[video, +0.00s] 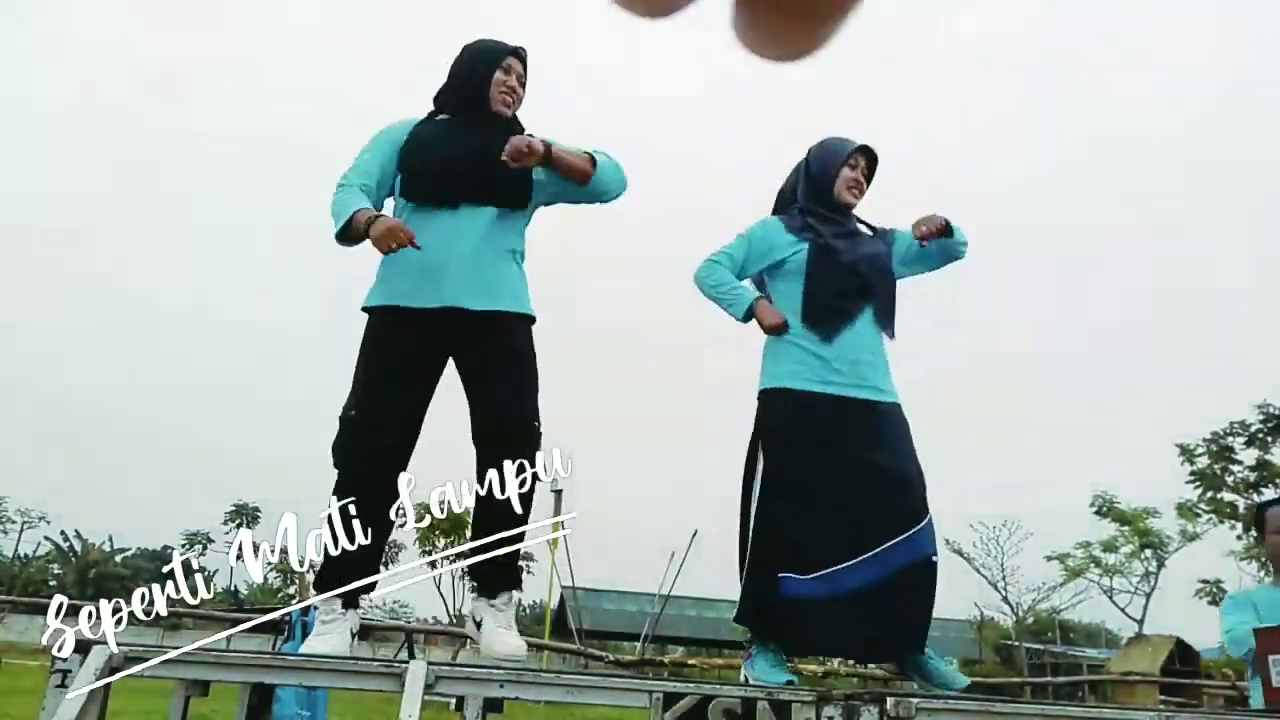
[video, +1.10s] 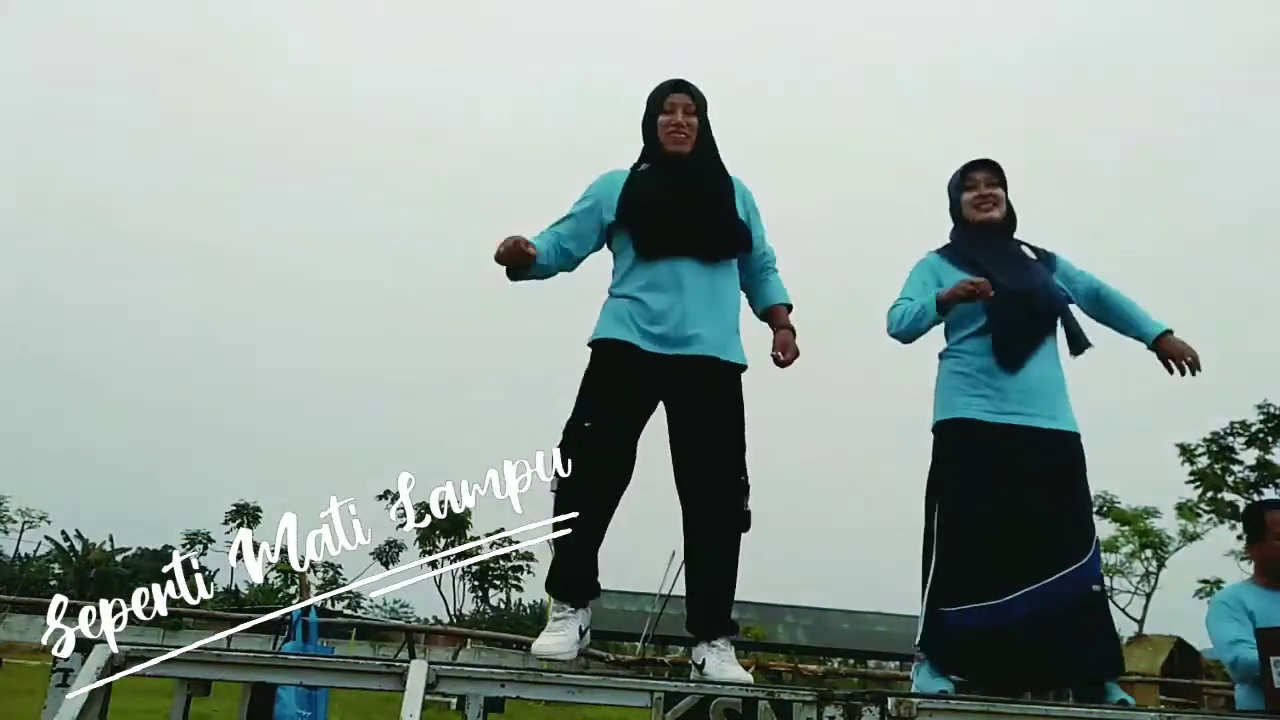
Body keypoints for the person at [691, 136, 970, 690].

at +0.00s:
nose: (858, 177)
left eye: (864, 173)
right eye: (850, 166)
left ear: (865, 187)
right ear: (820, 167)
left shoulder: (876, 242)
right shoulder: (779, 230)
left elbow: (947, 252)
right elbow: (711, 271)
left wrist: (942, 232)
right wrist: (754, 303)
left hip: (872, 394)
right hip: (798, 390)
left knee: (907, 511)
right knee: (786, 513)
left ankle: (909, 646)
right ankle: (767, 647)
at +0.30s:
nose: (916, 183)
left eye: (921, 178)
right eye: (907, 173)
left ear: (923, 191)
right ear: (877, 177)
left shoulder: (943, 252)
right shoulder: (840, 248)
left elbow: (1004, 276)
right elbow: (779, 298)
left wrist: (998, 259)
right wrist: (828, 331)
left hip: (948, 412)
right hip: (869, 408)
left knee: (971, 532)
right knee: (834, 526)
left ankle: (990, 661)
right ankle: (783, 645)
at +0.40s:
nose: (934, 186)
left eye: (938, 180)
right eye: (925, 176)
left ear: (939, 193)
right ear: (894, 181)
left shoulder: (961, 256)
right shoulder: (861, 249)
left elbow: (1026, 292)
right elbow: (802, 299)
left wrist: (993, 249)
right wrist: (856, 326)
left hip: (970, 409)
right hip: (895, 407)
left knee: (985, 533)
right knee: (877, 529)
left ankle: (1007, 668)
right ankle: (848, 649)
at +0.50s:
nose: (946, 194)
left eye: (950, 188)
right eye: (937, 185)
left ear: (952, 200)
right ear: (905, 188)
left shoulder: (971, 260)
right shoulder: (872, 255)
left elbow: (1029, 295)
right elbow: (814, 303)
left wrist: (1037, 250)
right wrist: (872, 331)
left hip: (982, 410)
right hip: (908, 410)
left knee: (996, 533)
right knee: (920, 535)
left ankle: (1009, 667)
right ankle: (926, 662)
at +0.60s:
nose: (952, 203)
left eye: (956, 198)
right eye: (943, 193)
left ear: (957, 208)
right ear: (912, 195)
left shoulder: (973, 267)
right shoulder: (873, 263)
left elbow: (1045, 289)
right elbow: (817, 309)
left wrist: (1109, 256)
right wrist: (872, 339)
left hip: (990, 417)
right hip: (916, 421)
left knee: (1014, 538)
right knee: (931, 542)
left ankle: (1022, 673)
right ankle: (933, 664)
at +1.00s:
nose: (978, 192)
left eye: (987, 186)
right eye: (965, 185)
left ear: (999, 200)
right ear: (944, 199)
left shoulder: (1025, 264)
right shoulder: (918, 265)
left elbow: (1089, 294)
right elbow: (863, 321)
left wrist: (1158, 316)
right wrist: (882, 326)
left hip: (1030, 420)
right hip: (952, 418)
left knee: (1064, 541)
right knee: (947, 540)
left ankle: (1088, 668)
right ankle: (932, 664)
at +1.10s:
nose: (985, 193)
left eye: (993, 186)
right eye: (972, 188)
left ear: (1009, 201)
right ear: (955, 207)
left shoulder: (1044, 263)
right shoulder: (936, 266)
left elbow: (1099, 296)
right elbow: (899, 324)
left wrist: (1158, 335)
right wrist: (944, 299)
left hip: (1047, 420)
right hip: (970, 418)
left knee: (1069, 545)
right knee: (958, 540)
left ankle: (1091, 675)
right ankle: (936, 662)